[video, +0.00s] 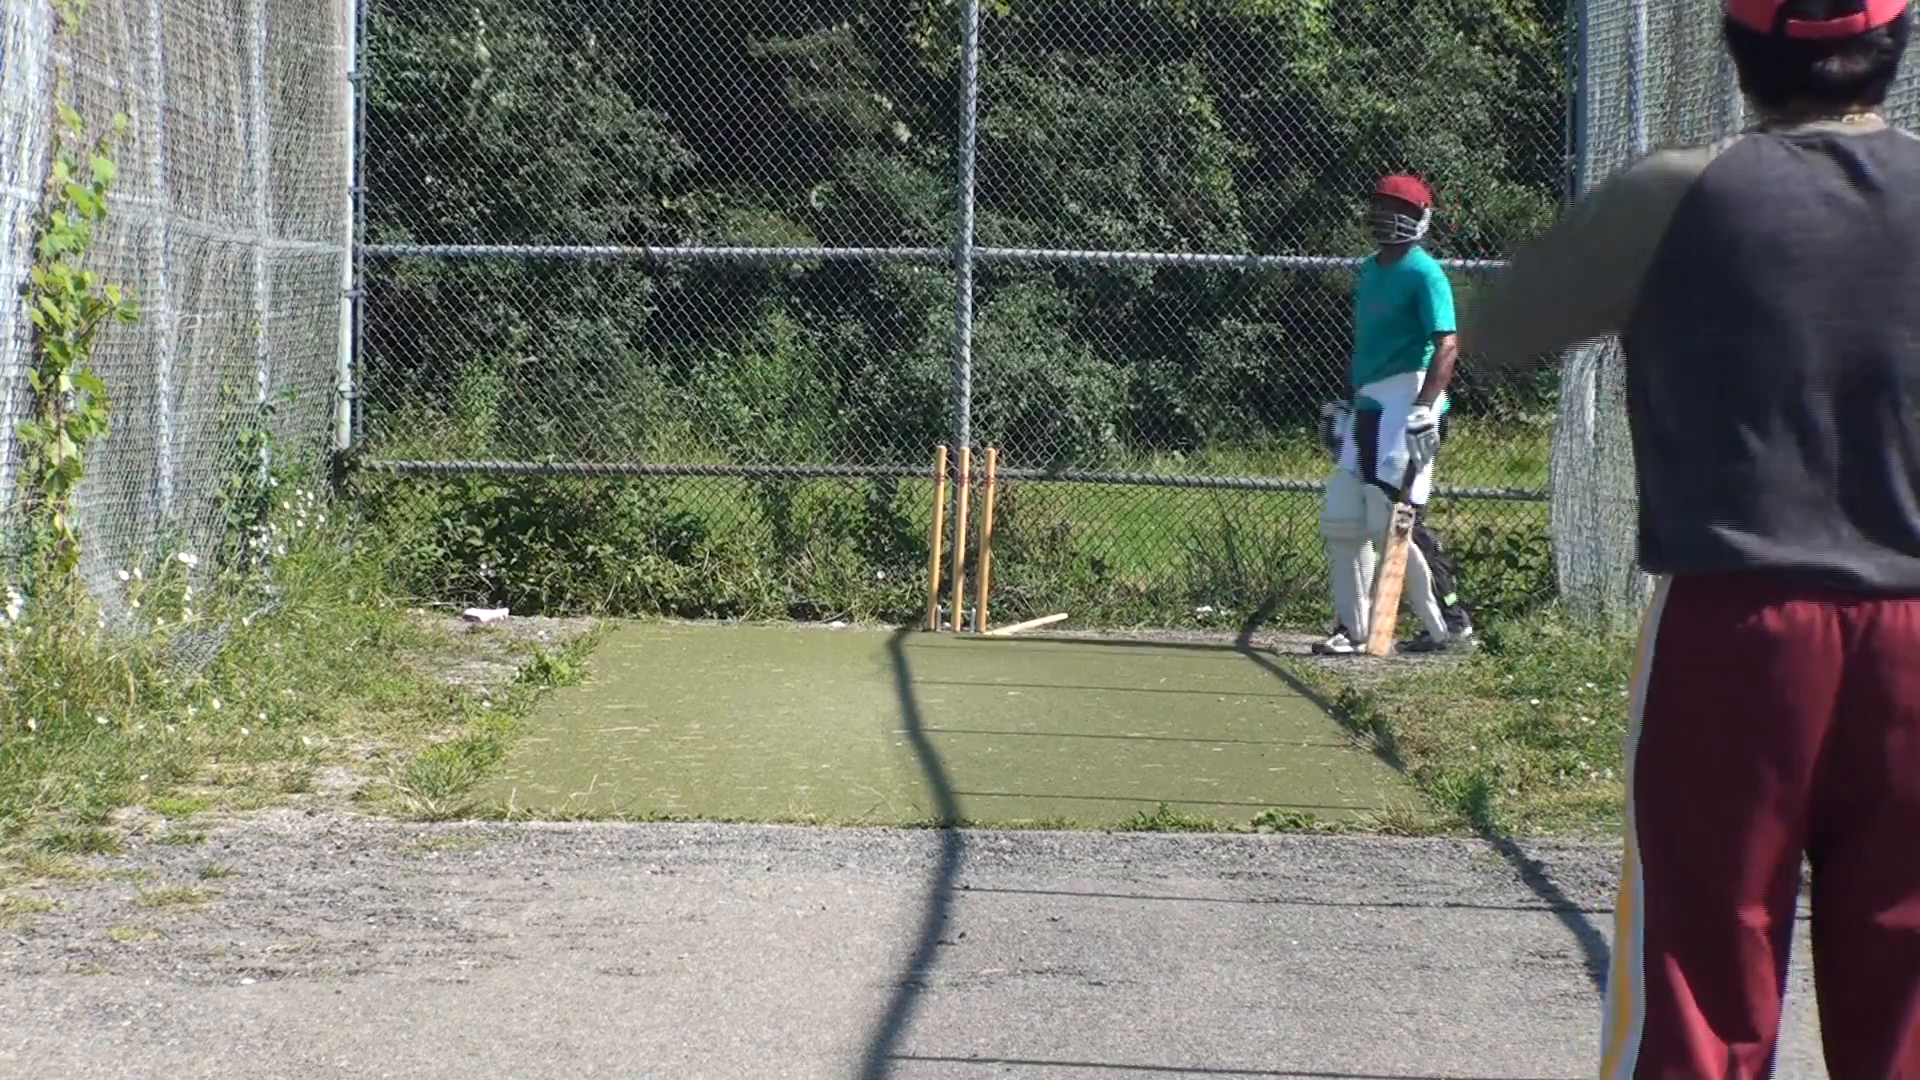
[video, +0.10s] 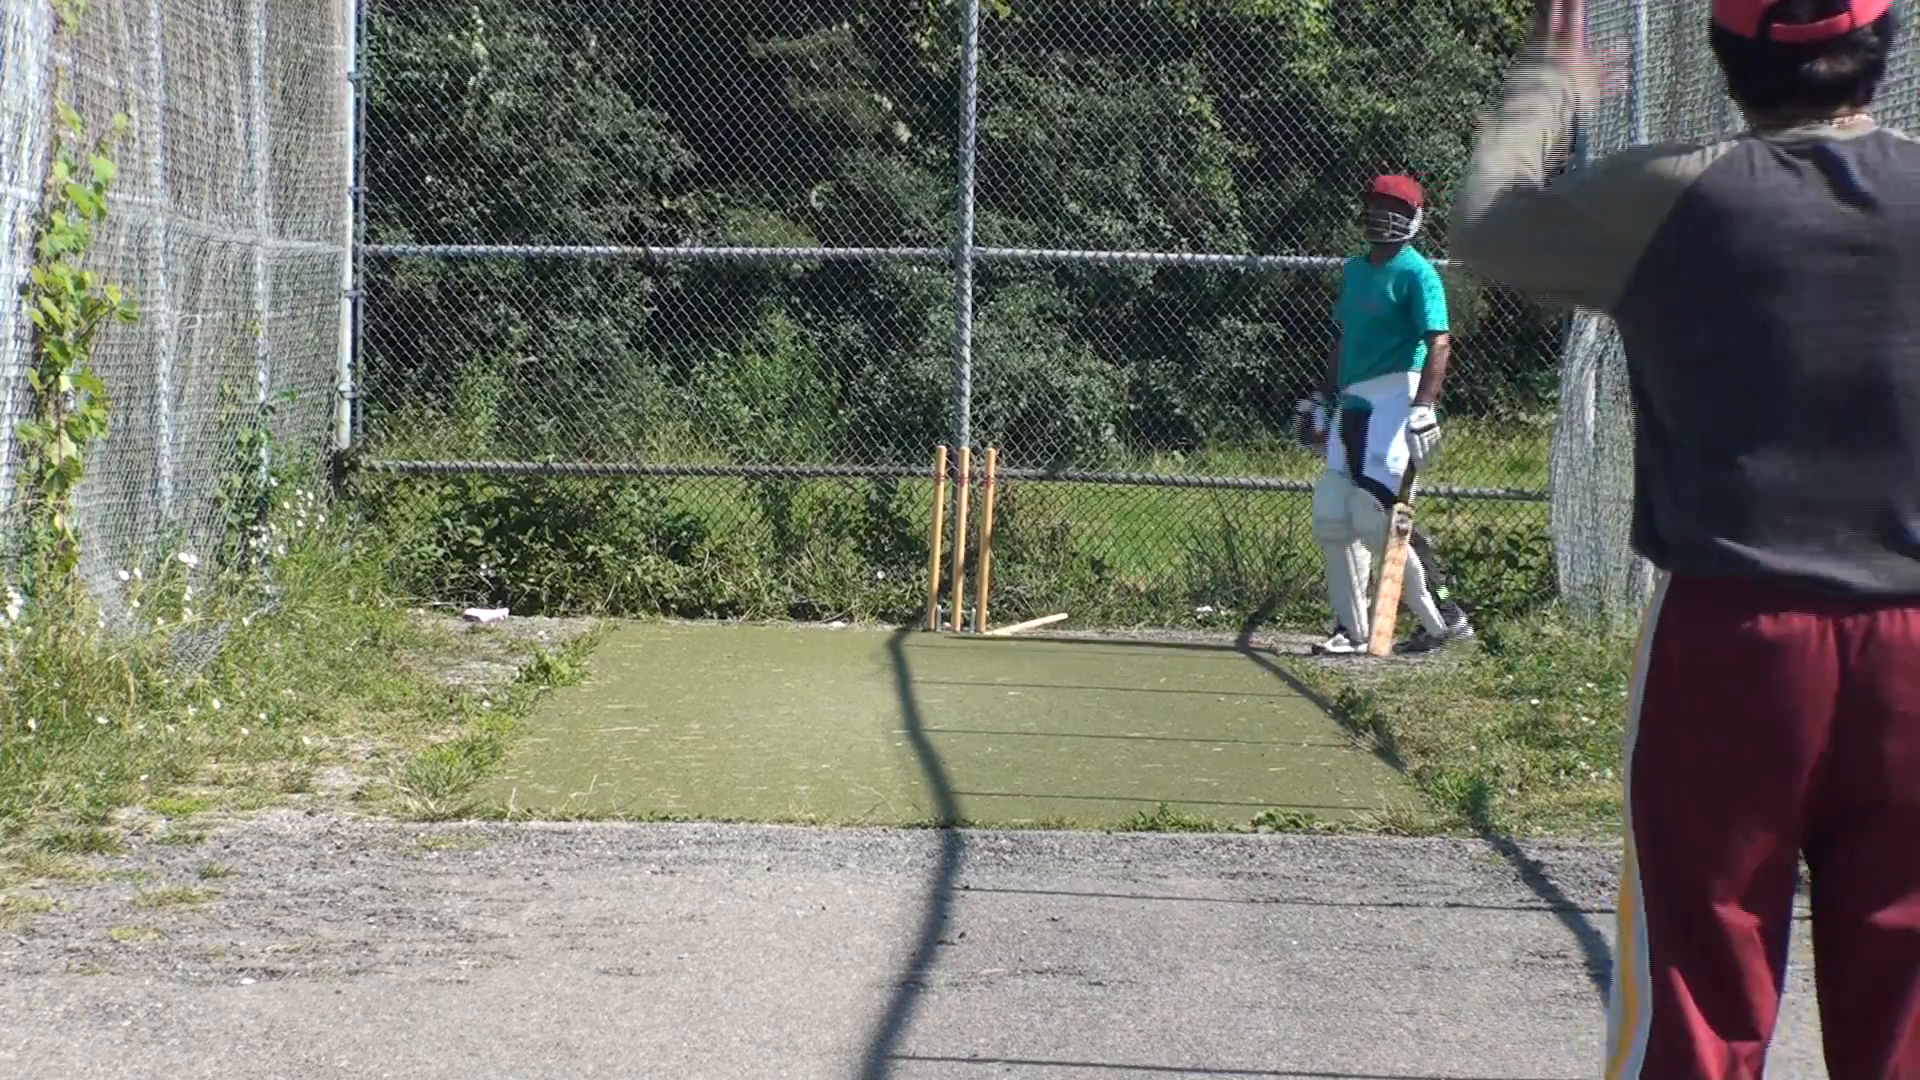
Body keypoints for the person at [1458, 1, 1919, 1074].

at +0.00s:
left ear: (1742, 52)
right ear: (1893, 51)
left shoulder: (1680, 196)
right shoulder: (1919, 183)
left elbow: (1495, 330)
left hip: (1736, 647)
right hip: (1913, 651)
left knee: (1706, 992)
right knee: (1902, 996)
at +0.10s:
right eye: (1867, 36)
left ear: (1731, 63)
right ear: (1878, 60)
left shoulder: (1674, 199)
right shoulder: (1915, 184)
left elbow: (1490, 230)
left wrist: (1546, 80)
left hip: (1734, 655)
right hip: (1910, 661)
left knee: (1701, 1004)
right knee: (1899, 1012)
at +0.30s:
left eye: (1711, 55)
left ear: (1708, 78)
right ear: (1851, 69)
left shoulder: (1666, 208)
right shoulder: (1911, 190)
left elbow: (1497, 137)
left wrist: (1514, 5)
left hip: (1731, 665)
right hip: (1908, 662)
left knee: (1703, 1009)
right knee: (1898, 1010)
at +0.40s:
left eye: (1710, 55)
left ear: (1708, 81)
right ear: (1852, 68)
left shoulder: (1666, 212)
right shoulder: (1908, 193)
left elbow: (1495, 137)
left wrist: (1501, 3)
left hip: (1732, 663)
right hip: (1906, 665)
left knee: (1702, 1005)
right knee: (1896, 1004)